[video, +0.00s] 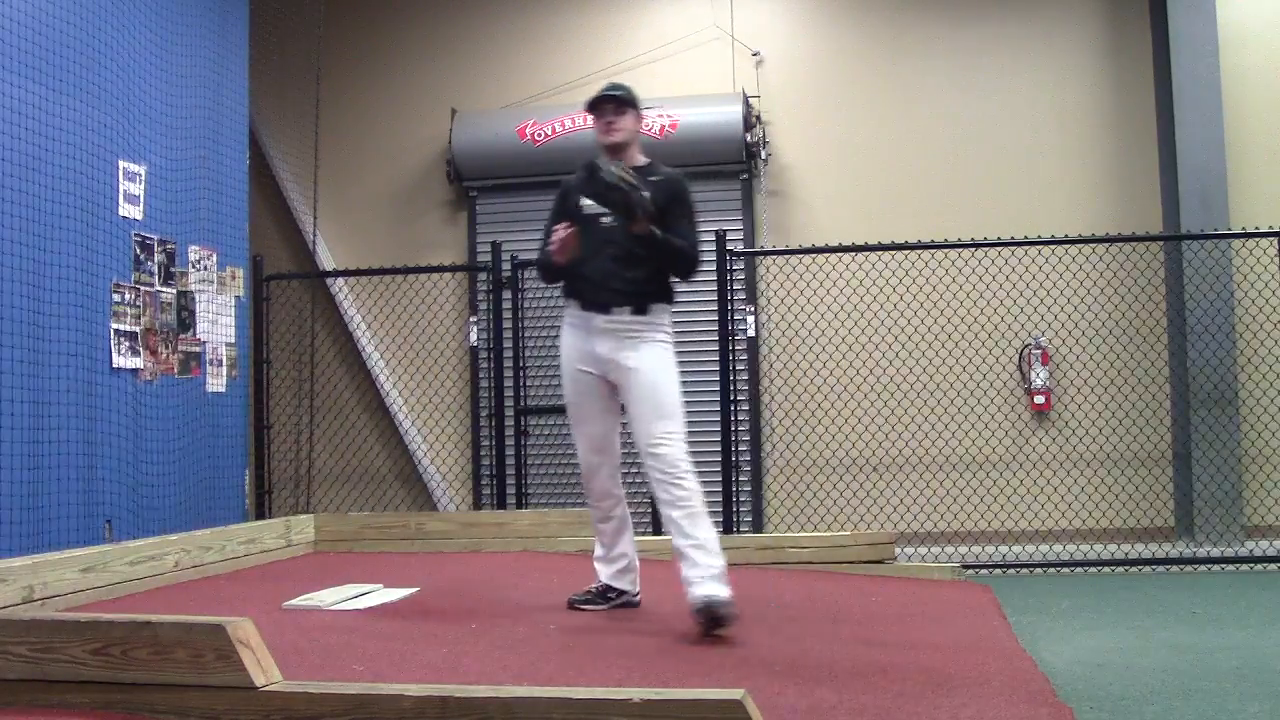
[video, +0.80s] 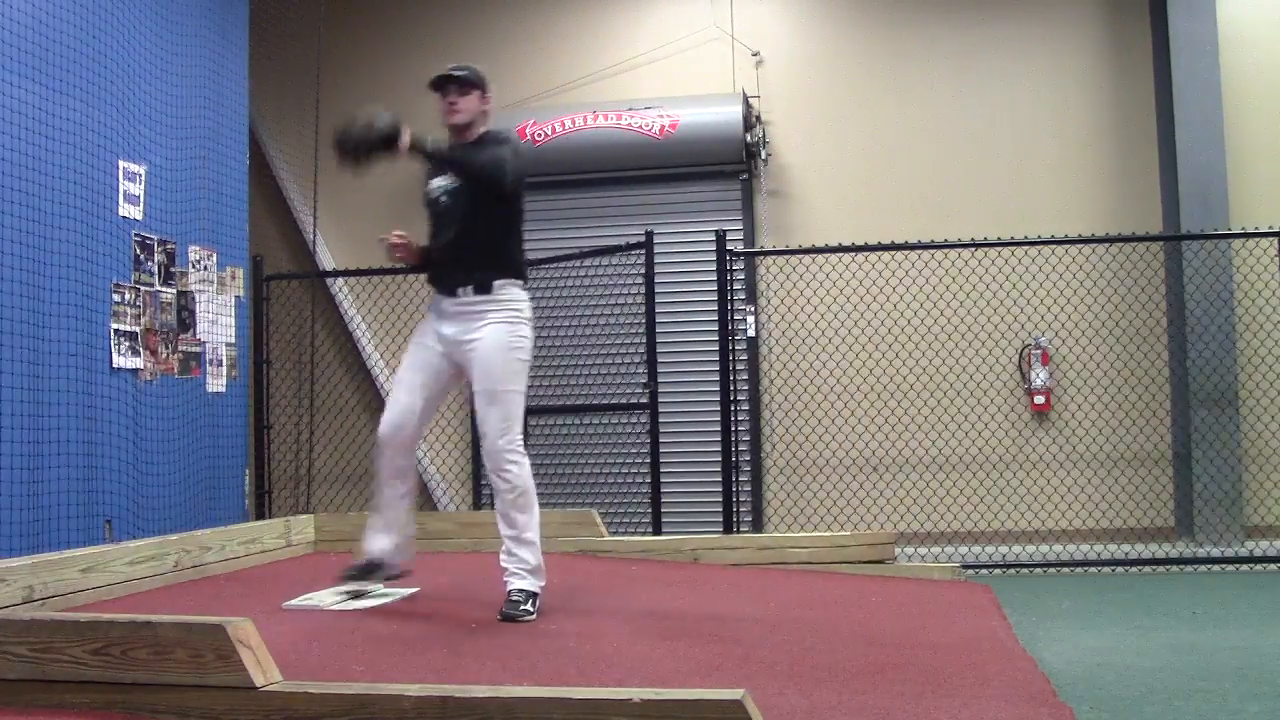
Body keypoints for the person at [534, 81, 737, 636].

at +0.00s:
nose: (609, 122)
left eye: (618, 113)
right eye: (601, 116)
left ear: (639, 120)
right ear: (592, 126)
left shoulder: (667, 185)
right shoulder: (577, 186)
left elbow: (689, 264)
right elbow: (547, 271)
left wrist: (649, 231)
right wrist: (556, 257)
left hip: (644, 336)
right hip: (582, 334)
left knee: (666, 456)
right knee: (596, 465)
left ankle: (708, 591)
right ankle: (618, 580)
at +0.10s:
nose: (585, 119)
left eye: (596, 110)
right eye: (577, 112)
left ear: (618, 118)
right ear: (567, 123)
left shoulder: (642, 178)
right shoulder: (557, 183)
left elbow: (661, 247)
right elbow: (537, 263)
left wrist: (615, 198)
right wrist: (533, 262)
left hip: (626, 329)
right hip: (566, 331)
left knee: (629, 446)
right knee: (590, 459)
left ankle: (660, 589)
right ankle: (616, 577)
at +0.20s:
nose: (563, 118)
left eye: (573, 108)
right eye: (556, 110)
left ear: (595, 117)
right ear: (547, 121)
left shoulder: (618, 171)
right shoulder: (536, 186)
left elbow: (639, 227)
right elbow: (517, 262)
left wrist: (586, 166)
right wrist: (511, 263)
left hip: (613, 323)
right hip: (554, 330)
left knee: (589, 443)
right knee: (582, 456)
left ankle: (599, 584)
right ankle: (624, 576)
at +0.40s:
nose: (529, 119)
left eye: (538, 110)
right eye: (523, 113)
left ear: (556, 115)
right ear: (512, 122)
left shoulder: (577, 168)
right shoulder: (499, 188)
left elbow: (582, 173)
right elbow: (495, 264)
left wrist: (530, 116)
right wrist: (480, 262)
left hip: (571, 315)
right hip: (521, 324)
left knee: (529, 442)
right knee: (563, 458)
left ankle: (520, 580)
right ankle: (617, 571)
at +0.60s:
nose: (497, 110)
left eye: (506, 99)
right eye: (488, 102)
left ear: (528, 102)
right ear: (479, 111)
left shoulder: (543, 152)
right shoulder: (482, 179)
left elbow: (509, 115)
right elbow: (492, 256)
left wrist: (447, 67)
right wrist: (459, 256)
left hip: (529, 312)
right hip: (480, 318)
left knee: (517, 444)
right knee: (457, 439)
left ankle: (524, 580)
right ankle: (546, 528)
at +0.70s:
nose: (473, 98)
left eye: (484, 90)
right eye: (465, 93)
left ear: (507, 99)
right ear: (458, 101)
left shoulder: (521, 144)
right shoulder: (460, 162)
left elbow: (476, 129)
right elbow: (478, 250)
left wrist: (418, 93)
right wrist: (444, 253)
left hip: (514, 312)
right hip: (462, 315)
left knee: (510, 446)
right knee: (418, 427)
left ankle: (526, 580)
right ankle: (471, 535)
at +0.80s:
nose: (451, 102)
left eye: (462, 92)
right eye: (444, 96)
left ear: (486, 100)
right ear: (439, 106)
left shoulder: (500, 148)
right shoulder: (439, 166)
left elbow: (497, 176)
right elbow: (454, 249)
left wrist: (416, 145)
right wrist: (417, 255)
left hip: (498, 313)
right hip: (443, 315)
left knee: (502, 447)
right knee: (395, 429)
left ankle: (524, 582)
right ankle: (387, 555)